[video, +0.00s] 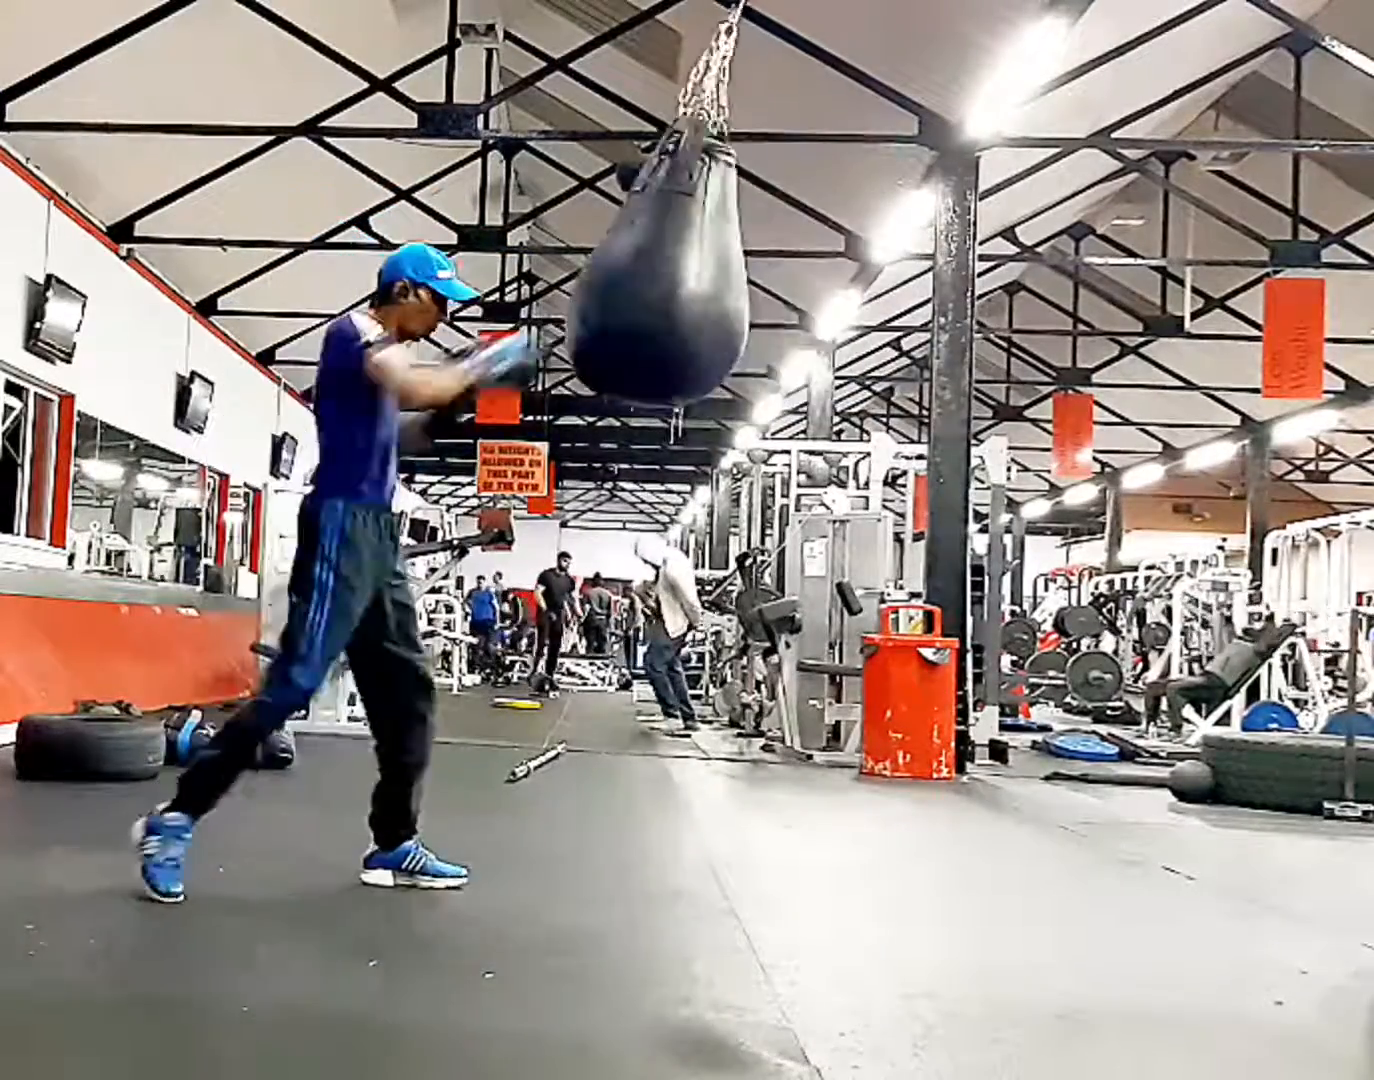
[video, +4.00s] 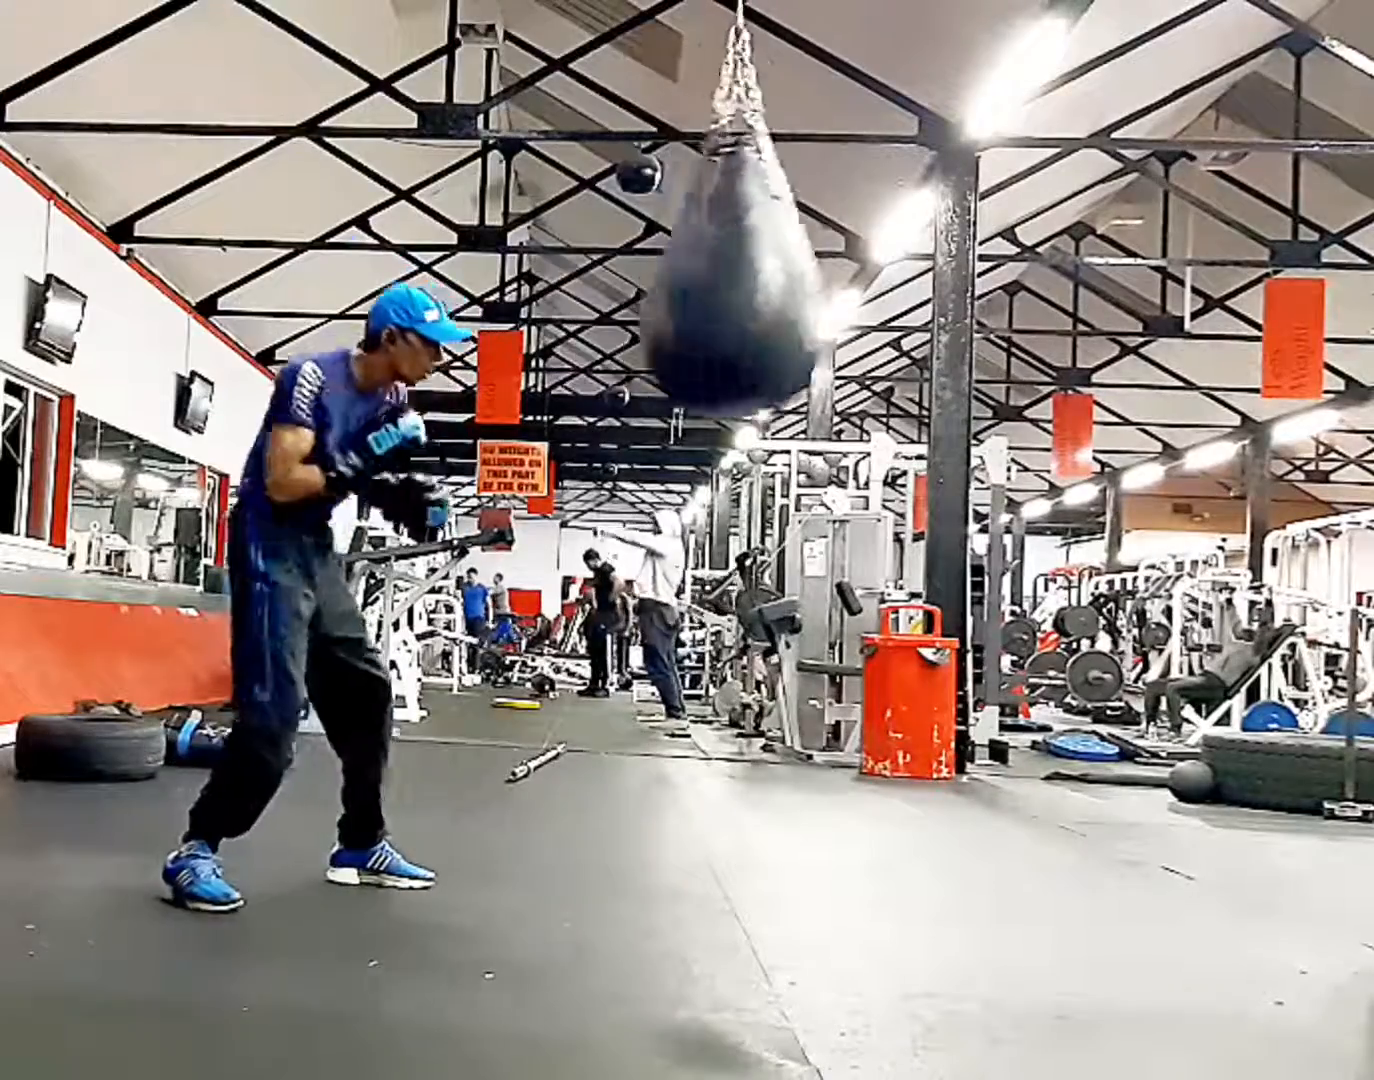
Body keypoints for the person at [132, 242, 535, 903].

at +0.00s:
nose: (441, 319)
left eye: (445, 309)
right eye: (439, 306)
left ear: (412, 297)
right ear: (406, 293)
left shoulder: (385, 351)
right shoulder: (351, 332)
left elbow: (392, 429)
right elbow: (411, 388)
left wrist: (455, 391)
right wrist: (478, 364)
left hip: (377, 531)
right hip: (339, 527)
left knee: (406, 691)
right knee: (292, 687)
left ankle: (394, 845)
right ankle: (176, 821)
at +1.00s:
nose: (376, 296)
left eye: (379, 286)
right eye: (370, 282)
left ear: (350, 281)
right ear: (332, 271)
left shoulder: (336, 346)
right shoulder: (272, 320)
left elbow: (340, 428)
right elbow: (256, 414)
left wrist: (382, 407)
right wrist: (329, 381)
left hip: (317, 514)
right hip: (269, 509)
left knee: (350, 669)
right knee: (246, 684)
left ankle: (333, 825)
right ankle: (161, 823)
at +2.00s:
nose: (449, 327)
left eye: (452, 316)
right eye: (443, 313)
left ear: (417, 312)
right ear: (409, 307)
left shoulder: (405, 373)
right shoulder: (361, 351)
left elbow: (403, 451)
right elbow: (350, 418)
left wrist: (458, 424)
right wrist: (432, 386)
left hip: (366, 538)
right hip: (339, 532)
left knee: (400, 687)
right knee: (285, 702)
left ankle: (403, 839)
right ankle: (161, 824)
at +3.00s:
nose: (357, 305)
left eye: (361, 294)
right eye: (348, 292)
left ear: (335, 294)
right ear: (310, 286)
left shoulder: (345, 358)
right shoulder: (241, 351)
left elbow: (360, 441)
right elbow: (220, 458)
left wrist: (388, 412)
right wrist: (299, 429)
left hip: (317, 535)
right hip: (257, 538)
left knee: (338, 692)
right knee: (232, 700)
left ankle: (349, 843)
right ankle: (139, 839)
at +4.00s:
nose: (436, 362)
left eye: (440, 352)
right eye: (430, 349)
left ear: (405, 345)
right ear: (393, 338)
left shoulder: (390, 407)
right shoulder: (309, 377)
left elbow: (360, 479)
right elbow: (282, 483)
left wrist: (400, 502)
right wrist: (367, 464)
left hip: (319, 561)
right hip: (268, 558)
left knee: (366, 694)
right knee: (270, 722)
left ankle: (361, 845)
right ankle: (193, 851)